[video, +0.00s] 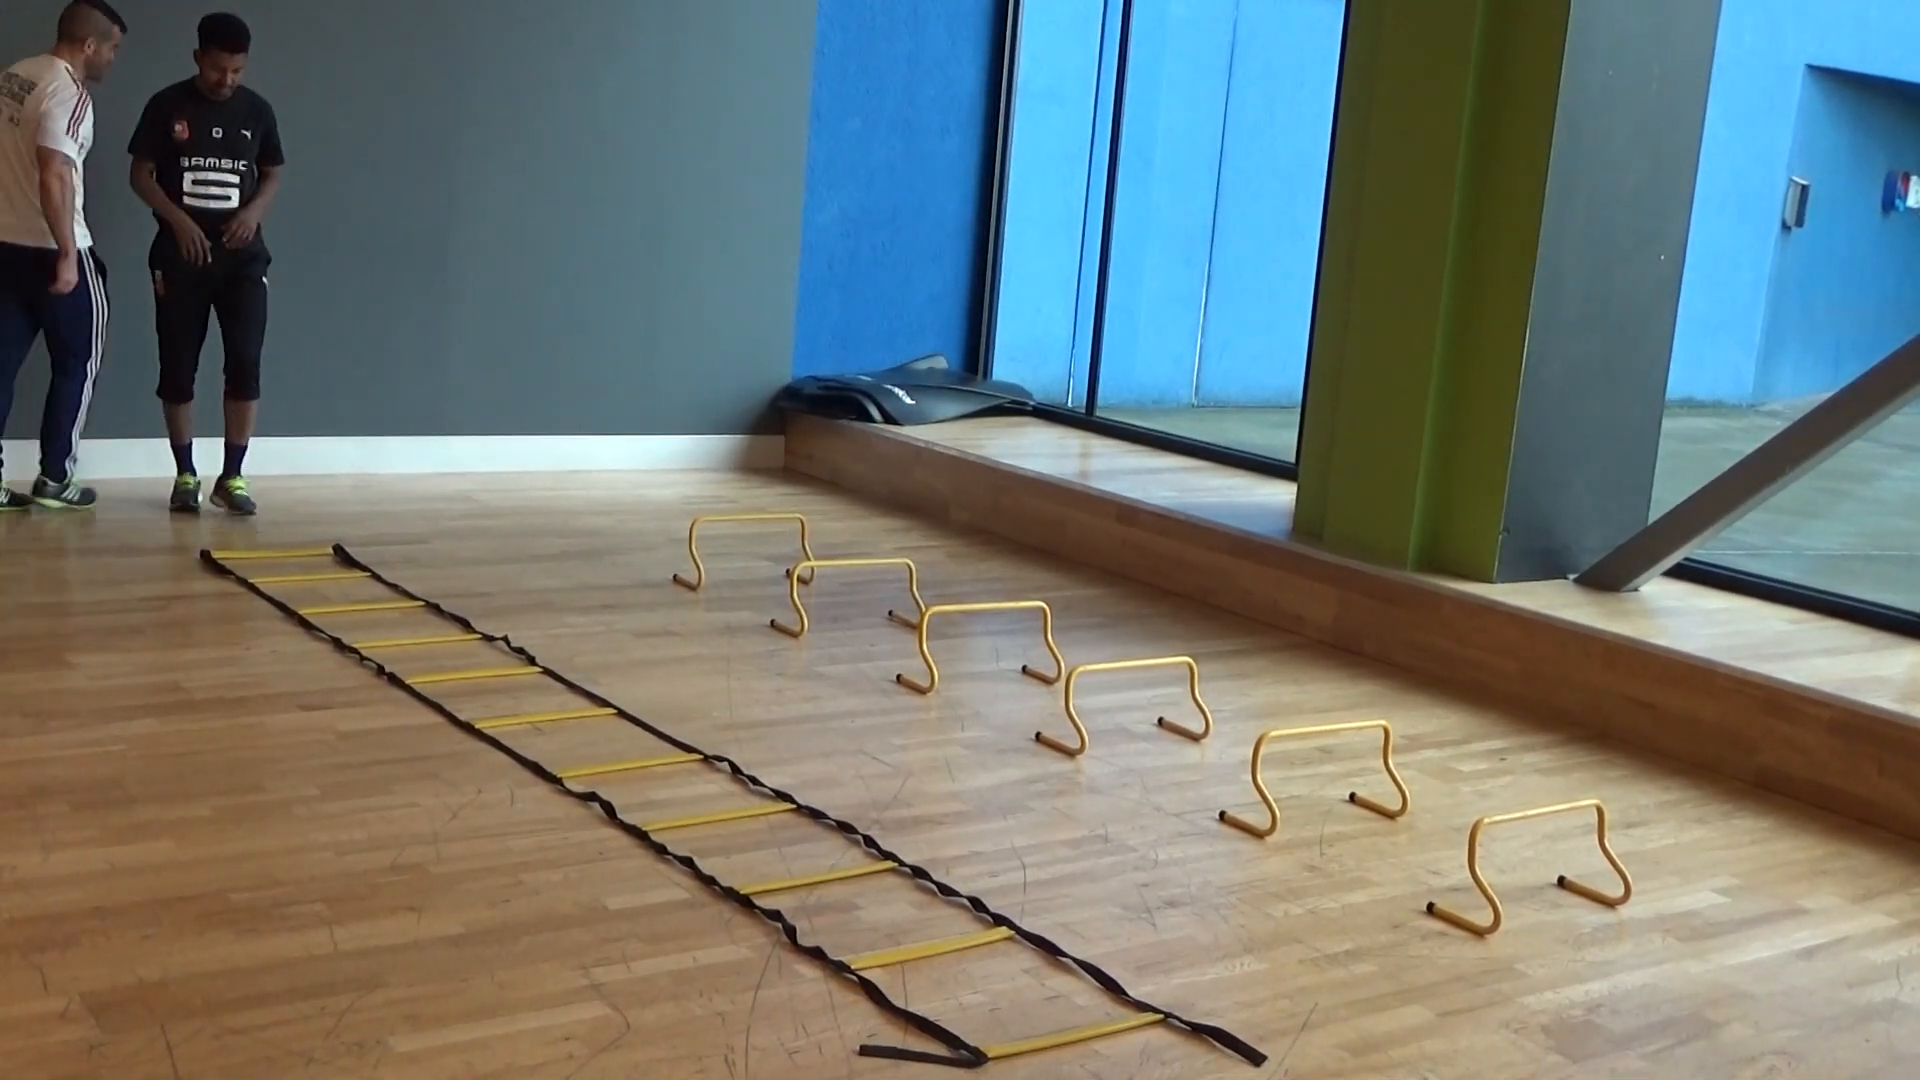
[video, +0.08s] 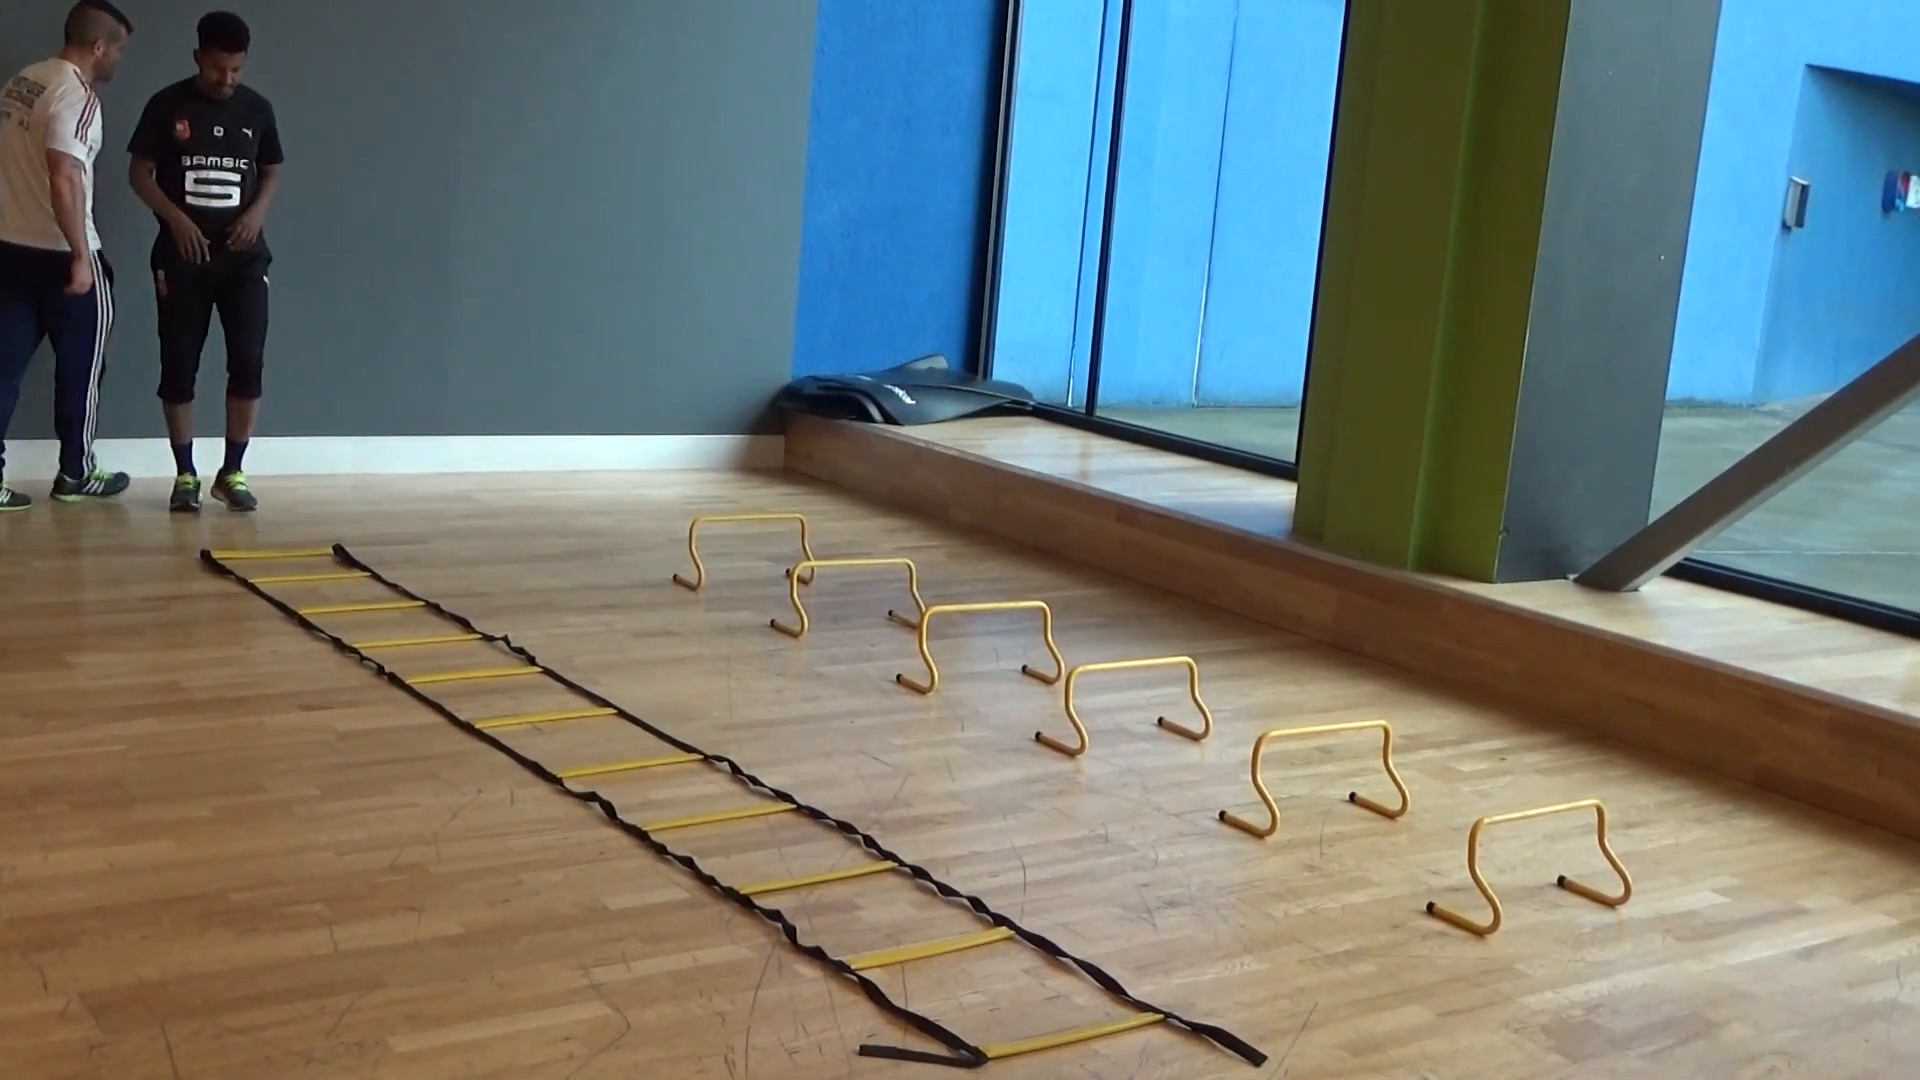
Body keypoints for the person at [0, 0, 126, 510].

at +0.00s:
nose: (113, 60)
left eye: (115, 50)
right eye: (112, 49)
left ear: (70, 41)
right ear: (89, 45)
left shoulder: (15, 74)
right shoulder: (67, 92)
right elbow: (53, 173)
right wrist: (68, 252)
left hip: (10, 249)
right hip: (58, 252)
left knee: (4, 366)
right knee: (78, 363)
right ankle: (55, 479)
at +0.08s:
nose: (120, 60)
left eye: (121, 50)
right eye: (119, 49)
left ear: (75, 42)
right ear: (98, 46)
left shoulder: (21, 79)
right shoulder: (77, 96)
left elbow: (14, 164)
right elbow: (65, 176)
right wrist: (82, 254)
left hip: (13, 252)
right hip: (66, 256)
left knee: (6, 371)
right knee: (80, 371)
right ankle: (76, 473)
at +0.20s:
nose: (135, 60)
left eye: (137, 49)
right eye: (134, 49)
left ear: (91, 42)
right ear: (116, 46)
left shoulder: (43, 83)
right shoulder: (94, 101)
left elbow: (48, 178)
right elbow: (80, 181)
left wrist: (106, 235)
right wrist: (101, 259)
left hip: (28, 253)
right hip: (81, 259)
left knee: (16, 368)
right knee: (94, 369)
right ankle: (80, 471)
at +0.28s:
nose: (149, 60)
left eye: (150, 50)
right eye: (148, 50)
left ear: (102, 44)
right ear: (129, 49)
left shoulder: (58, 84)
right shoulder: (105, 100)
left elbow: (59, 176)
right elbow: (91, 182)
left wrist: (116, 234)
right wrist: (111, 258)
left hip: (46, 251)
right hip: (93, 255)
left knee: (47, 353)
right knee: (107, 364)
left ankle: (1, 453)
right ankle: (81, 471)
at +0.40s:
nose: (170, 57)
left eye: (171, 49)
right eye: (167, 48)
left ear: (127, 44)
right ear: (145, 47)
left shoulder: (91, 82)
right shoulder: (121, 92)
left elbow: (97, 177)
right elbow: (102, 178)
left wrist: (137, 239)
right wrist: (121, 254)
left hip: (79, 242)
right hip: (106, 246)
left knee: (97, 343)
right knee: (114, 354)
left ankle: (45, 432)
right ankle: (81, 470)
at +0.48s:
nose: (188, 58)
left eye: (188, 49)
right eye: (182, 48)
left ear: (152, 48)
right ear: (157, 47)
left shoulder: (126, 87)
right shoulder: (130, 91)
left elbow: (127, 178)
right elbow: (105, 172)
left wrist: (147, 238)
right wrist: (121, 249)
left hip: (113, 243)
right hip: (111, 245)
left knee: (135, 341)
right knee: (117, 351)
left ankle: (88, 450)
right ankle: (79, 470)